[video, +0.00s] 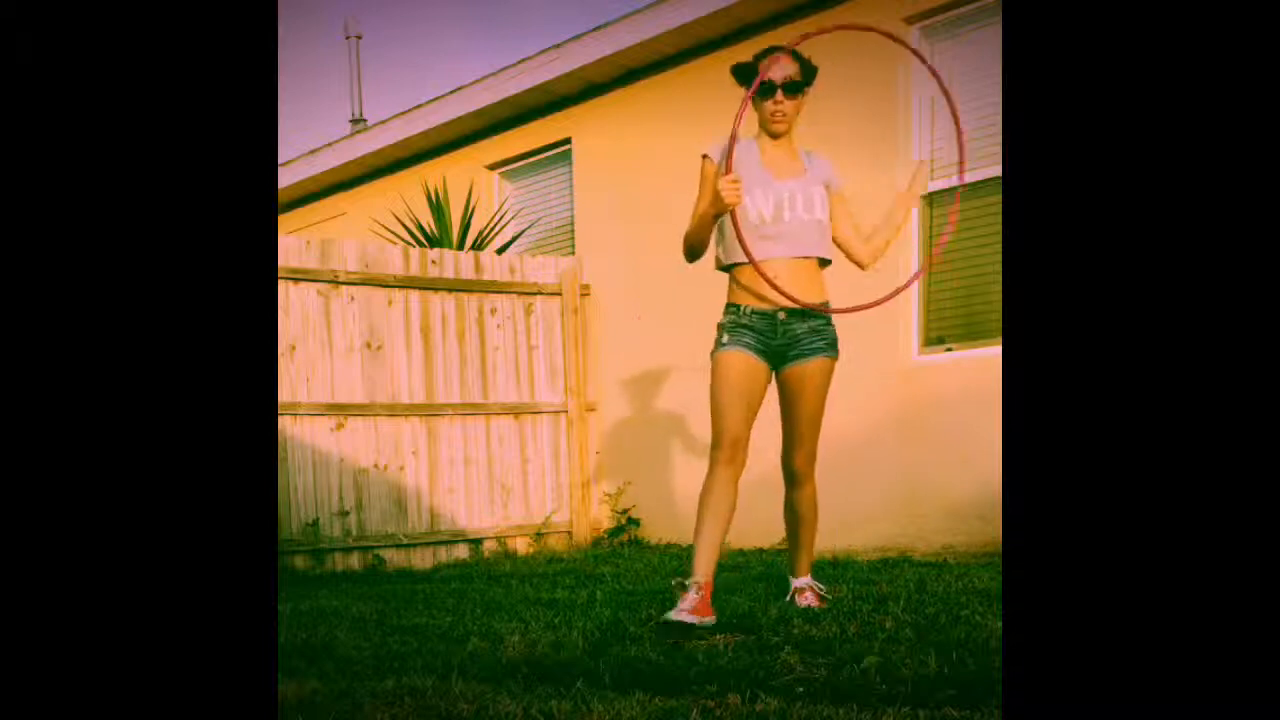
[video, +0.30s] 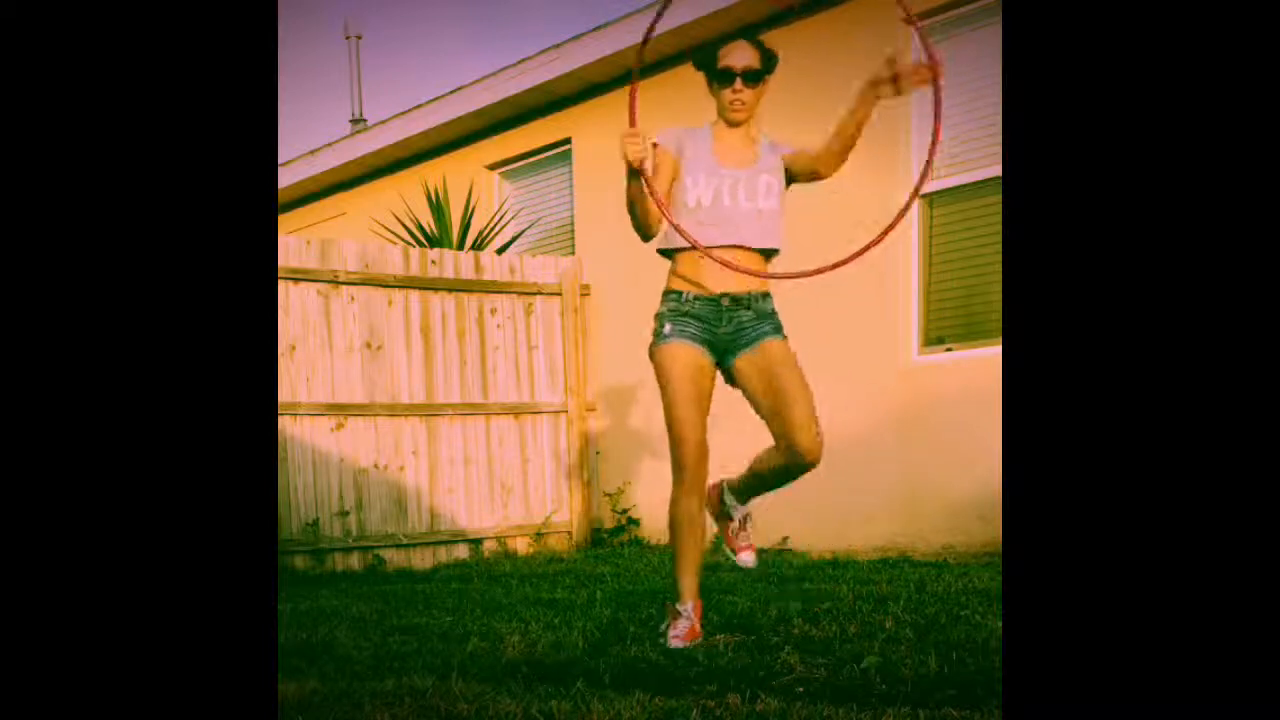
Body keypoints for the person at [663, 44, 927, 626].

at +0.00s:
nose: (779, 100)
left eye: (790, 89)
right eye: (767, 89)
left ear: (805, 98)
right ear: (751, 96)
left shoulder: (820, 171)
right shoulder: (725, 160)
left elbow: (865, 254)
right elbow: (692, 251)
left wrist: (912, 190)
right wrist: (711, 210)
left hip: (810, 326)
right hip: (743, 324)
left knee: (800, 467)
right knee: (726, 451)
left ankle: (803, 581)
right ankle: (699, 591)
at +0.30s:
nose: (739, 89)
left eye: (751, 78)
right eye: (727, 78)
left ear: (767, 85)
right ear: (710, 84)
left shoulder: (773, 156)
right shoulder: (677, 147)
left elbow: (826, 161)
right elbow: (647, 228)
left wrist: (872, 91)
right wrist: (636, 173)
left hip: (752, 316)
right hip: (684, 314)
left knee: (803, 450)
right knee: (690, 463)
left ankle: (728, 499)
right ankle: (686, 607)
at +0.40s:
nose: (725, 88)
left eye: (737, 78)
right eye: (714, 78)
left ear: (753, 87)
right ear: (698, 86)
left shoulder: (764, 156)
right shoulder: (668, 147)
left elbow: (807, 148)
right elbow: (642, 224)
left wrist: (799, 62)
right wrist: (639, 143)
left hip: (747, 319)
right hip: (677, 321)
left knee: (828, 405)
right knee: (681, 467)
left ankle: (724, 421)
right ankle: (686, 608)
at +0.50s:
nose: (717, 91)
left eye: (729, 80)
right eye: (705, 80)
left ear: (747, 90)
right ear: (687, 90)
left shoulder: (762, 158)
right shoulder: (663, 156)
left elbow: (801, 127)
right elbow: (655, 225)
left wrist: (751, 43)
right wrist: (671, 134)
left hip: (745, 320)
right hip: (677, 329)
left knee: (838, 353)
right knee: (677, 474)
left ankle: (752, 428)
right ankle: (686, 608)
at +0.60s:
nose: (727, 88)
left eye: (734, 76)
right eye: (710, 77)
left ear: (745, 84)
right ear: (688, 90)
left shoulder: (761, 152)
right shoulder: (660, 154)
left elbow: (801, 91)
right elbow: (666, 218)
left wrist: (734, 34)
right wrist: (707, 145)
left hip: (748, 317)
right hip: (679, 334)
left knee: (837, 344)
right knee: (677, 479)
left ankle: (816, 483)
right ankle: (689, 609)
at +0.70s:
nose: (712, 77)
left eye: (724, 65)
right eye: (700, 67)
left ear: (745, 76)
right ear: (685, 79)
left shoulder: (761, 141)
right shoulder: (664, 149)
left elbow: (800, 63)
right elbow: (673, 222)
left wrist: (751, 19)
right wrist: (730, 159)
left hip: (756, 316)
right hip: (685, 332)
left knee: (844, 380)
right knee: (681, 480)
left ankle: (897, 535)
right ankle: (689, 610)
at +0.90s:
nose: (738, 63)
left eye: (752, 52)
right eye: (726, 54)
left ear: (775, 65)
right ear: (714, 72)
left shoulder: (797, 123)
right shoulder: (693, 147)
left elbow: (859, 31)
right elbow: (656, 234)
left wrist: (794, 7)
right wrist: (716, 224)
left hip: (793, 318)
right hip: (718, 329)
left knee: (863, 450)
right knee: (694, 480)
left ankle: (949, 595)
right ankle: (692, 606)